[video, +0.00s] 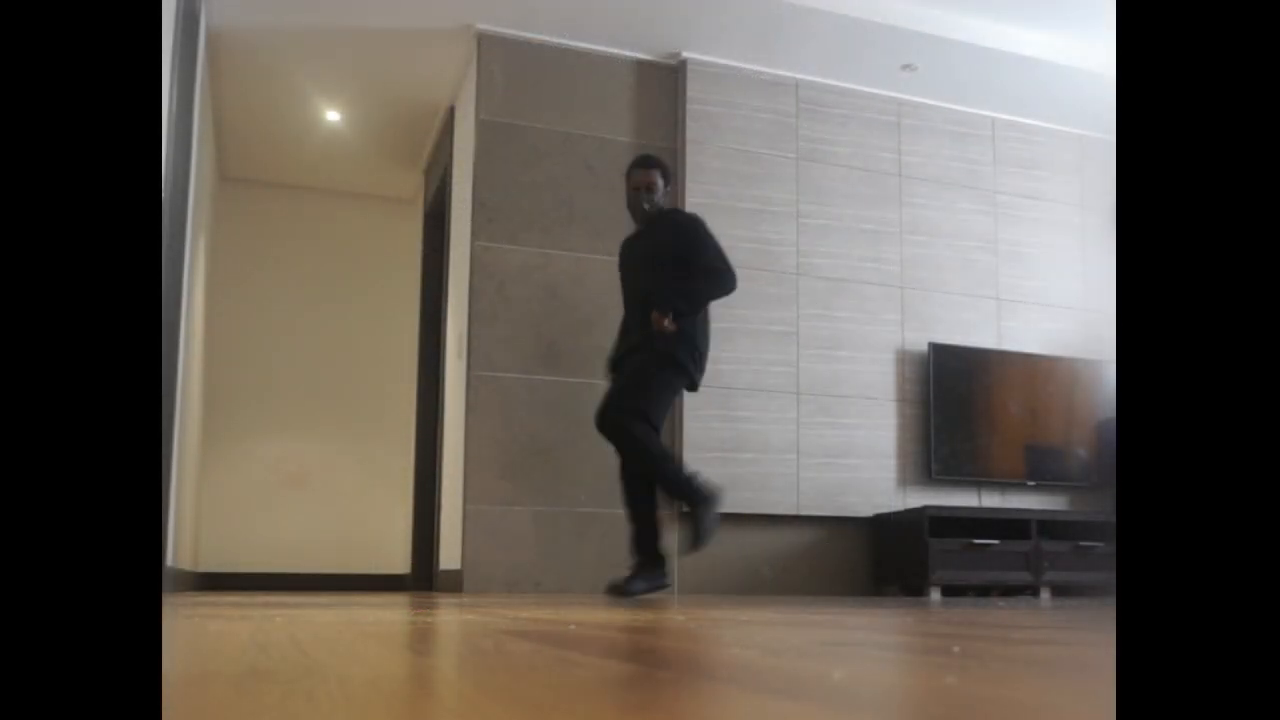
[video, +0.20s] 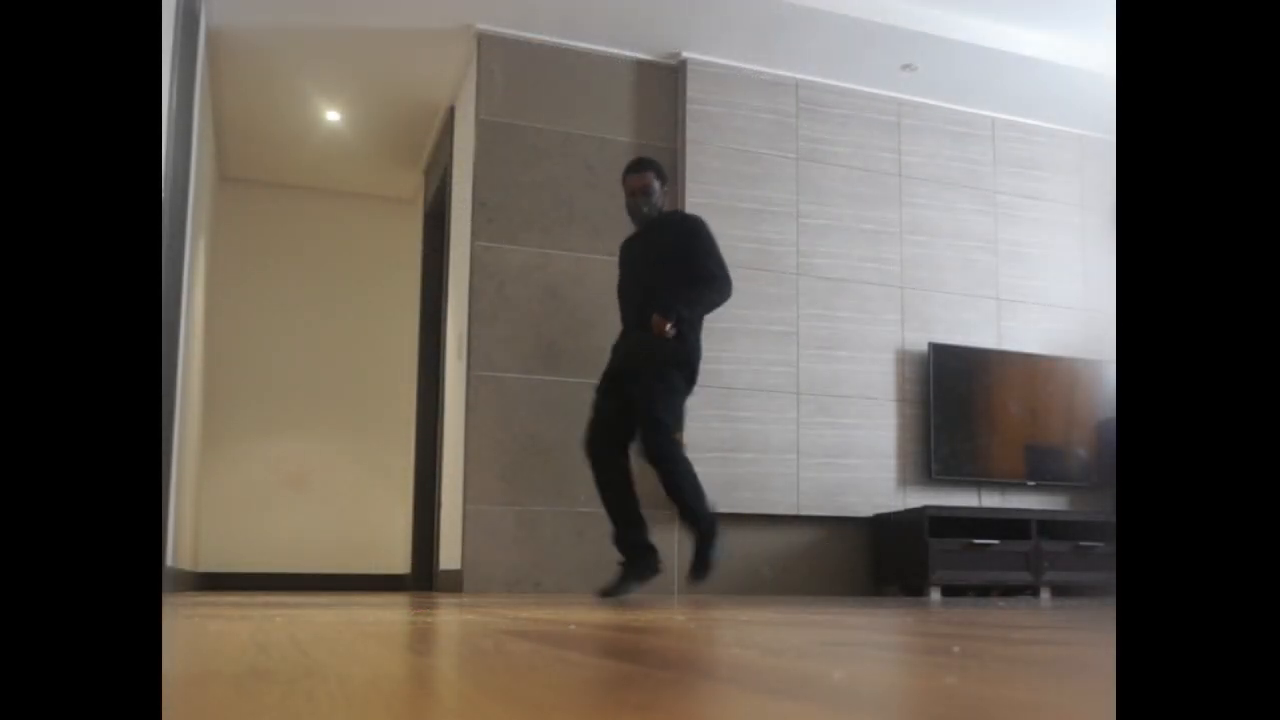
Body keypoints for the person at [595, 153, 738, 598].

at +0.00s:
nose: (642, 197)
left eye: (650, 189)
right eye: (636, 190)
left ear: (667, 191)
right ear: (627, 194)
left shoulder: (684, 227)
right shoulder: (631, 247)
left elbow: (723, 278)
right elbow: (635, 310)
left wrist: (675, 308)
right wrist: (619, 355)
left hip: (672, 354)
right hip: (639, 357)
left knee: (614, 418)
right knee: (635, 450)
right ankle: (649, 565)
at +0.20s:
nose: (639, 201)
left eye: (646, 192)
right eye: (632, 194)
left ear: (664, 192)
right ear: (624, 198)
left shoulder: (688, 228)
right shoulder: (631, 247)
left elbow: (719, 285)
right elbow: (633, 305)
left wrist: (677, 314)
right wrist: (632, 346)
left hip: (671, 356)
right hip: (632, 355)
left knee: (659, 444)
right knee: (603, 446)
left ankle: (705, 527)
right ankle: (638, 556)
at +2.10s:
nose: (614, 212)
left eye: (621, 208)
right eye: (608, 203)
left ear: (625, 216)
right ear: (584, 199)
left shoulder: (622, 265)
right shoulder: (546, 235)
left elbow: (664, 315)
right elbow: (510, 281)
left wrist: (722, 307)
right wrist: (482, 310)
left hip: (617, 384)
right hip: (558, 382)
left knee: (655, 466)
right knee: (523, 470)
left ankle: (665, 572)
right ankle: (502, 572)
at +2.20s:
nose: (625, 204)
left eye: (631, 199)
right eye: (618, 197)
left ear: (636, 202)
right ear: (597, 196)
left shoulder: (644, 244)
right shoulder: (562, 239)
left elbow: (690, 278)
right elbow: (532, 295)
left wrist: (737, 316)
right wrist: (498, 323)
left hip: (626, 382)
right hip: (570, 379)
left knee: (654, 471)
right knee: (537, 470)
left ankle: (662, 571)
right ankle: (497, 565)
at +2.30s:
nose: (619, 192)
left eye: (623, 186)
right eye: (609, 186)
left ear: (633, 195)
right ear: (590, 196)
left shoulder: (657, 234)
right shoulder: (575, 239)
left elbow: (708, 276)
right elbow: (559, 299)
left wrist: (762, 322)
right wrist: (533, 323)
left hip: (637, 371)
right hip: (587, 370)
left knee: (656, 469)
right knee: (582, 459)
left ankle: (662, 571)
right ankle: (506, 554)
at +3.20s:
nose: (601, 205)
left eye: (610, 198)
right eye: (598, 199)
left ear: (638, 200)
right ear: (596, 206)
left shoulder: (672, 254)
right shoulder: (583, 252)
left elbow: (706, 323)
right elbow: (524, 270)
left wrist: (746, 367)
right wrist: (473, 240)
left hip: (658, 383)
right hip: (598, 381)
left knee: (679, 471)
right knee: (556, 463)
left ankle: (668, 574)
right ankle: (551, 574)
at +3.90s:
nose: (674, 210)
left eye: (679, 202)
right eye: (666, 201)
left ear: (684, 203)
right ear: (644, 198)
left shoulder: (689, 251)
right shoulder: (608, 242)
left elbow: (734, 297)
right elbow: (570, 286)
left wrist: (786, 276)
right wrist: (534, 295)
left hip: (666, 374)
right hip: (612, 374)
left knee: (663, 446)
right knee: (585, 467)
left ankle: (710, 551)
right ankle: (564, 569)